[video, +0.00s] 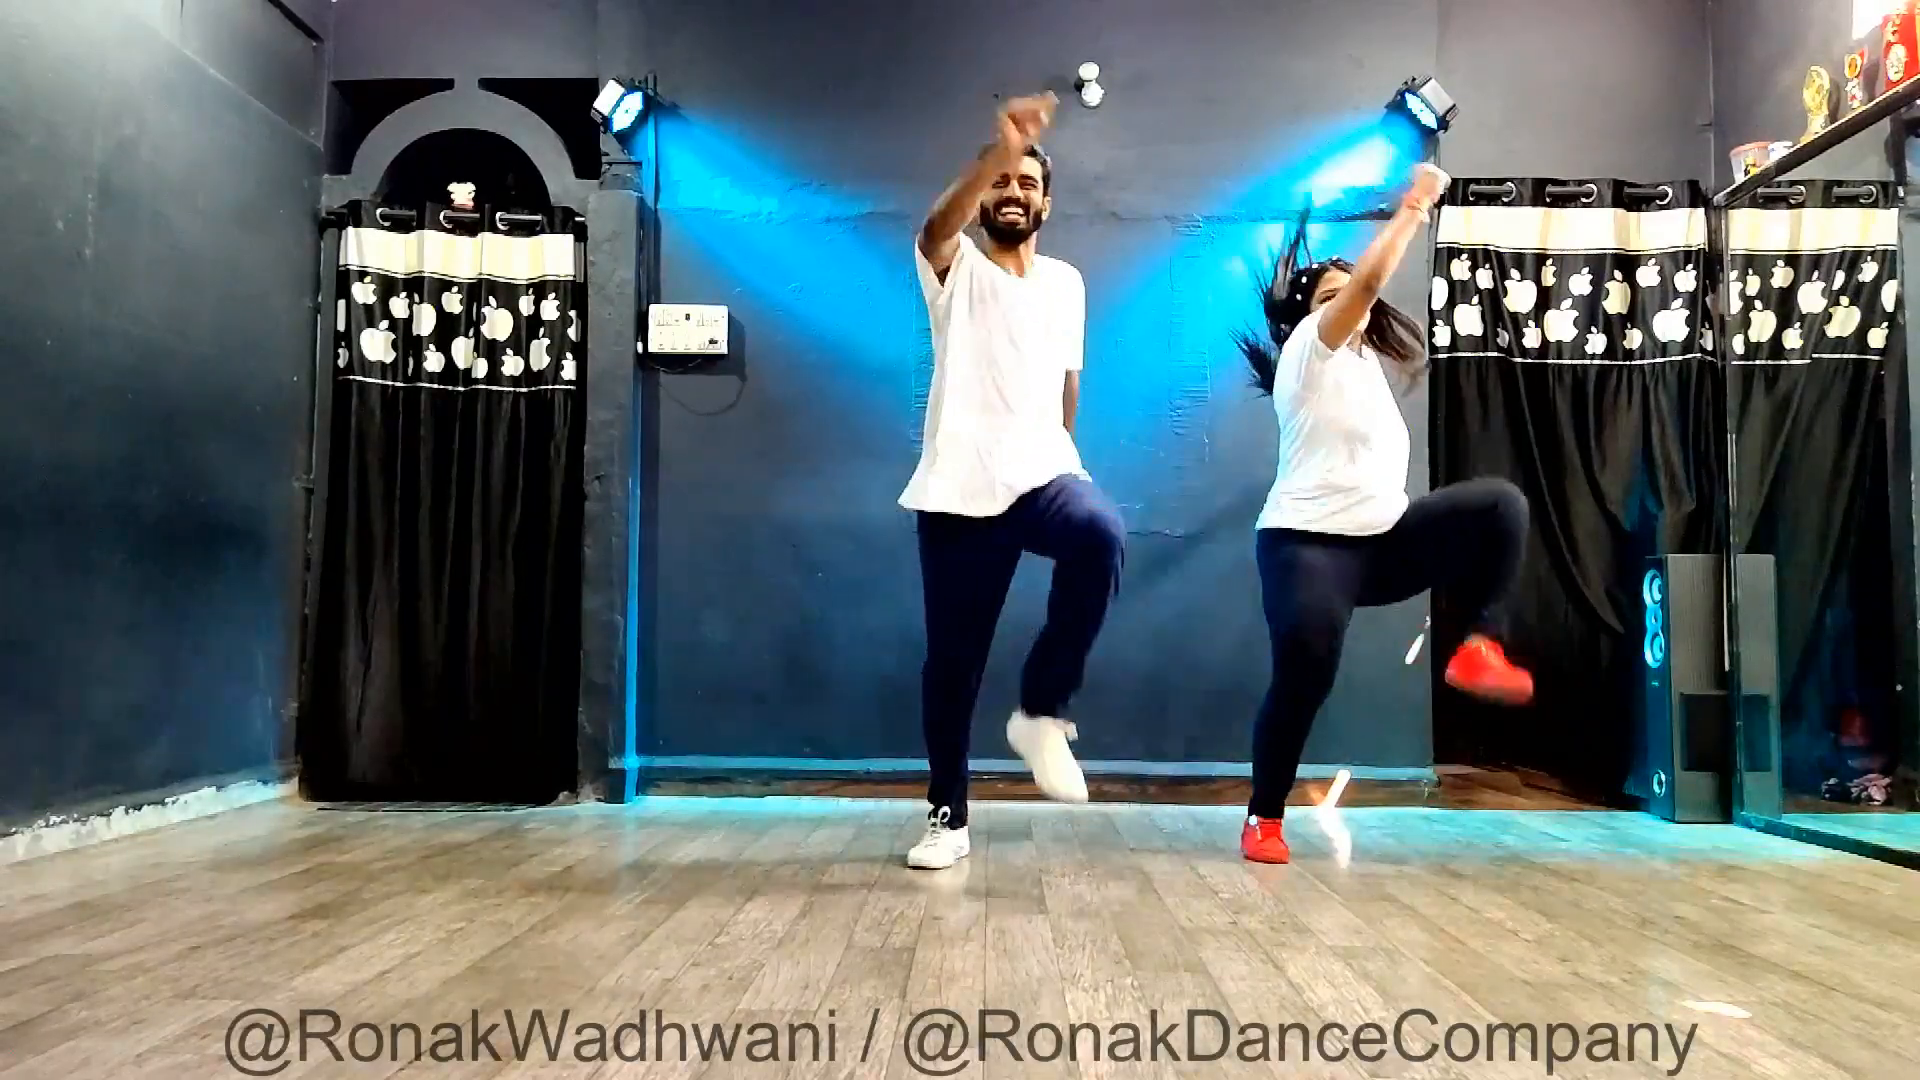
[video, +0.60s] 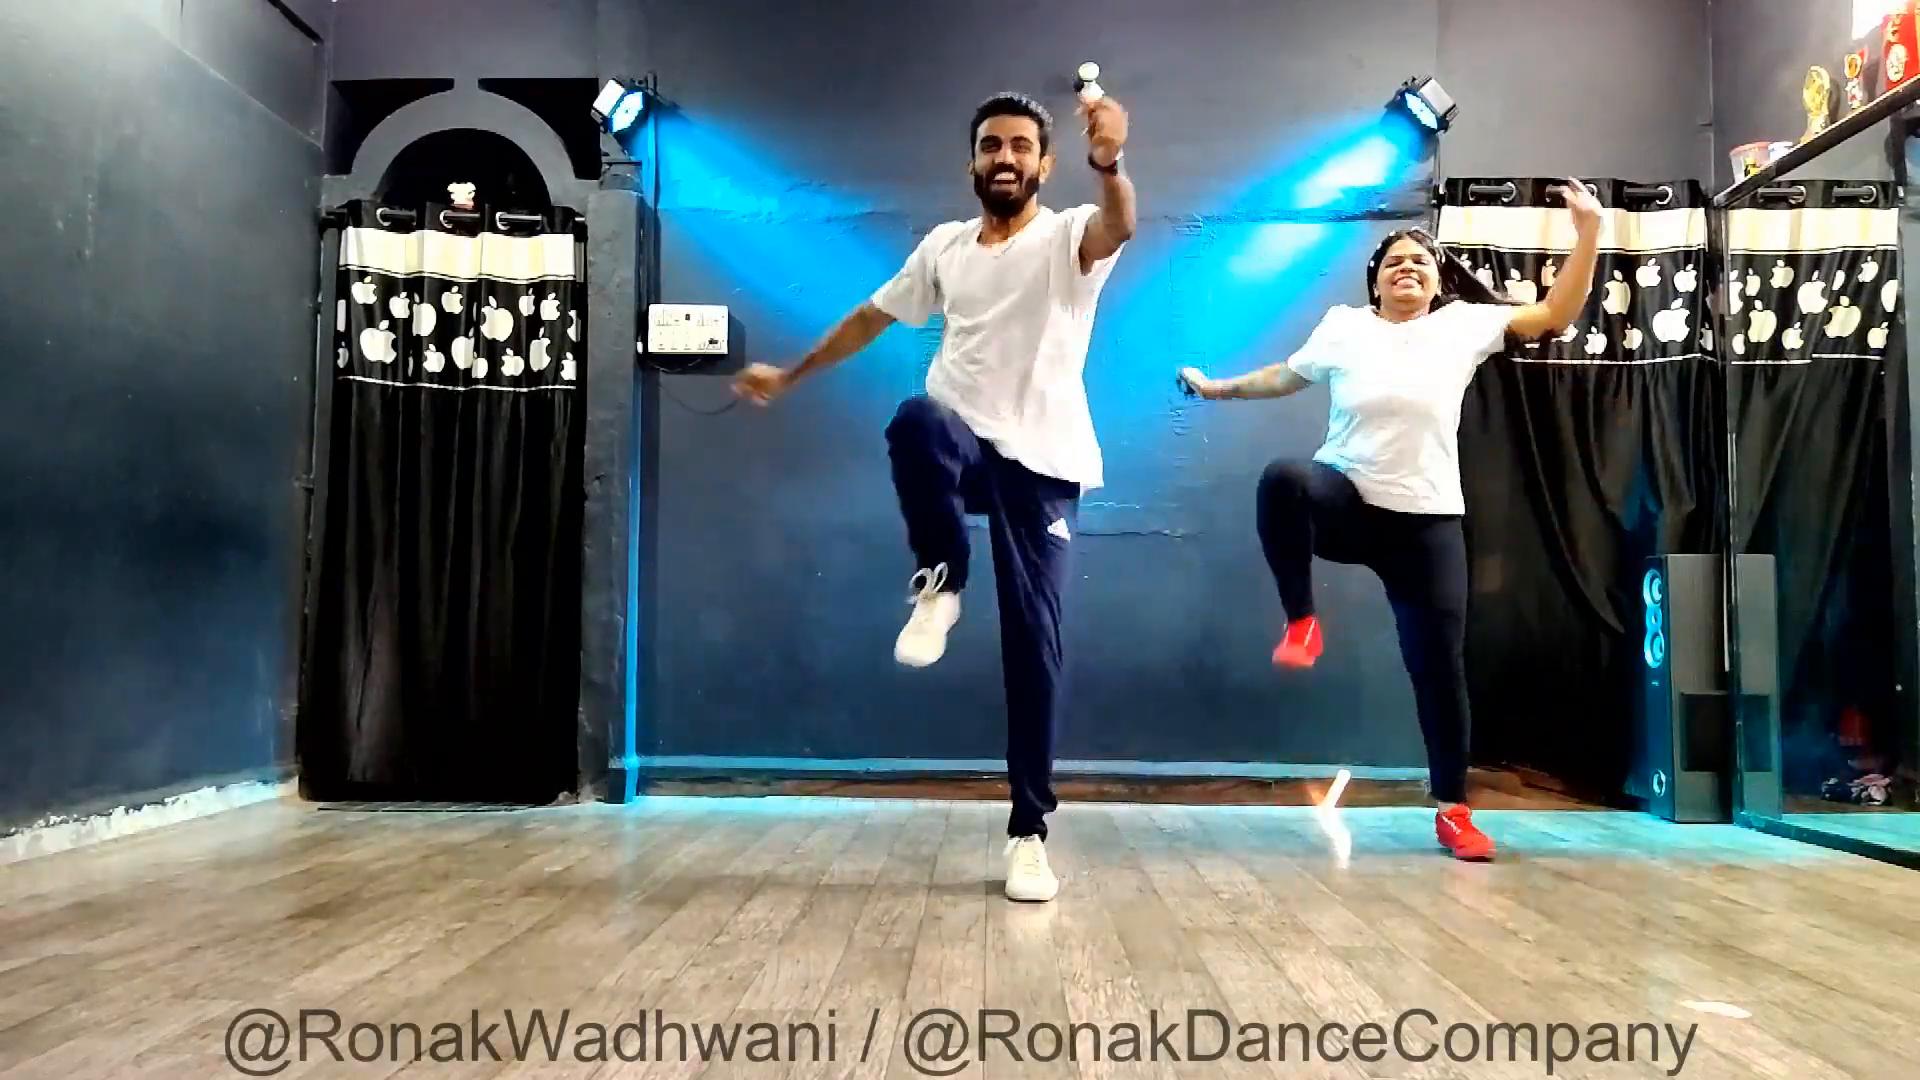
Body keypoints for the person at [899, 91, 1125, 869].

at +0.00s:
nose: (1016, 193)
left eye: (1030, 184)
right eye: (1003, 184)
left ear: (1045, 205)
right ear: (982, 200)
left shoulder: (1065, 283)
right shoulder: (953, 269)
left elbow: (1068, 389)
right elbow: (942, 225)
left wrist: (1059, 467)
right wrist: (1002, 151)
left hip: (1042, 477)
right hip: (959, 488)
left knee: (1098, 531)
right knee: (953, 664)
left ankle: (1041, 713)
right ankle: (947, 819)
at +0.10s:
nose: (1030, 194)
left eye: (1045, 183)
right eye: (1017, 183)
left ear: (1066, 197)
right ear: (996, 194)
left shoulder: (1089, 281)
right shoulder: (967, 236)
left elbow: (1087, 394)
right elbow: (932, 272)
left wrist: (1079, 477)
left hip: (1058, 485)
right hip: (964, 482)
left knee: (1092, 611)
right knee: (947, 656)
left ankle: (1081, 812)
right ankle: (939, 806)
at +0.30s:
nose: (1059, 208)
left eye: (1074, 194)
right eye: (1046, 194)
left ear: (1100, 199)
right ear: (1030, 198)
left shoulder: (1125, 292)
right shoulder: (981, 267)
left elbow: (1144, 355)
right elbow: (919, 355)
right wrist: (861, 430)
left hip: (1064, 480)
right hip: (973, 449)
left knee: (1086, 661)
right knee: (959, 510)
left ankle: (1091, 837)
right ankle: (957, 693)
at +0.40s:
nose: (1044, 136)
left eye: (1059, 124)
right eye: (1030, 123)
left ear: (1081, 138)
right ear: (1010, 135)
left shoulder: (1097, 227)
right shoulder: (967, 212)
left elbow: (1108, 249)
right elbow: (933, 302)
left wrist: (1116, 199)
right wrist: (900, 374)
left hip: (1053, 451)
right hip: (975, 425)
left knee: (1065, 633)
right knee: (959, 380)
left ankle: (1056, 801)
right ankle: (983, 569)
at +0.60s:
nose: (1004, 157)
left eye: (1020, 146)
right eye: (991, 145)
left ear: (1045, 163)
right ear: (972, 161)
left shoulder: (1068, 236)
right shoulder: (944, 249)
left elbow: (1115, 223)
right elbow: (870, 319)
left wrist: (1109, 164)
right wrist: (787, 375)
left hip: (1041, 453)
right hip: (962, 437)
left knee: (1034, 640)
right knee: (918, 417)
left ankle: (1029, 830)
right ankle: (940, 580)